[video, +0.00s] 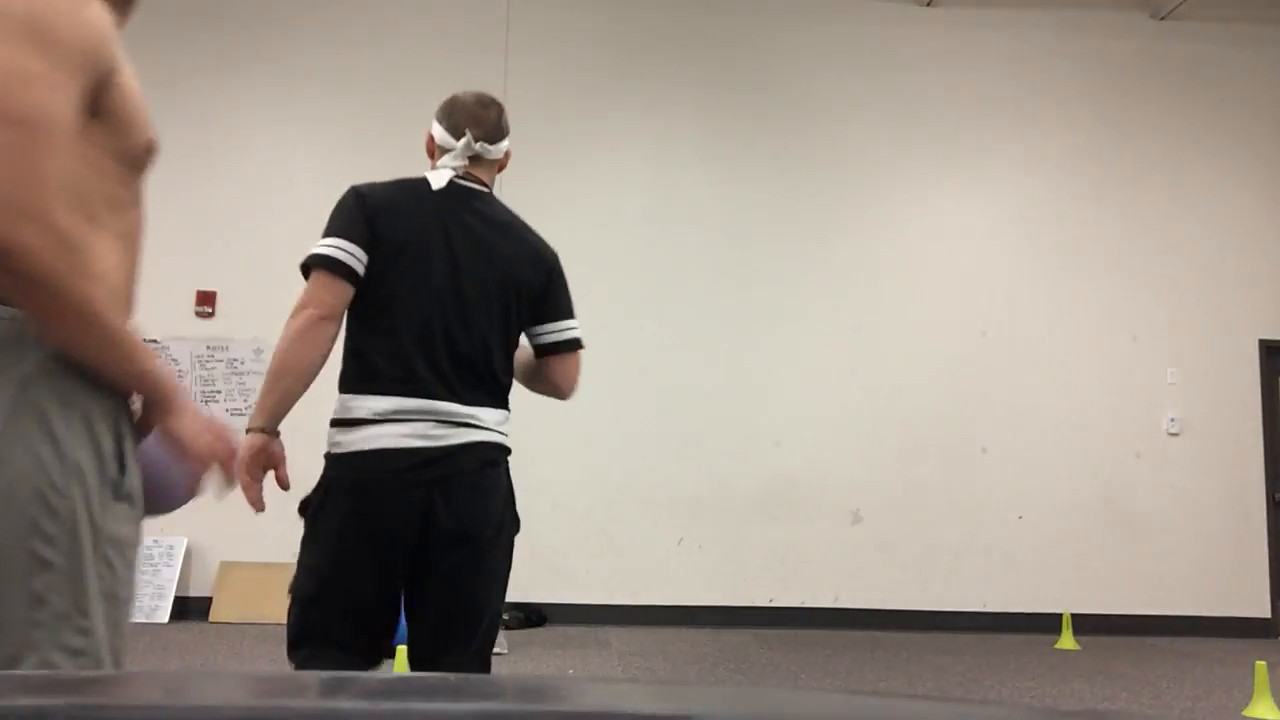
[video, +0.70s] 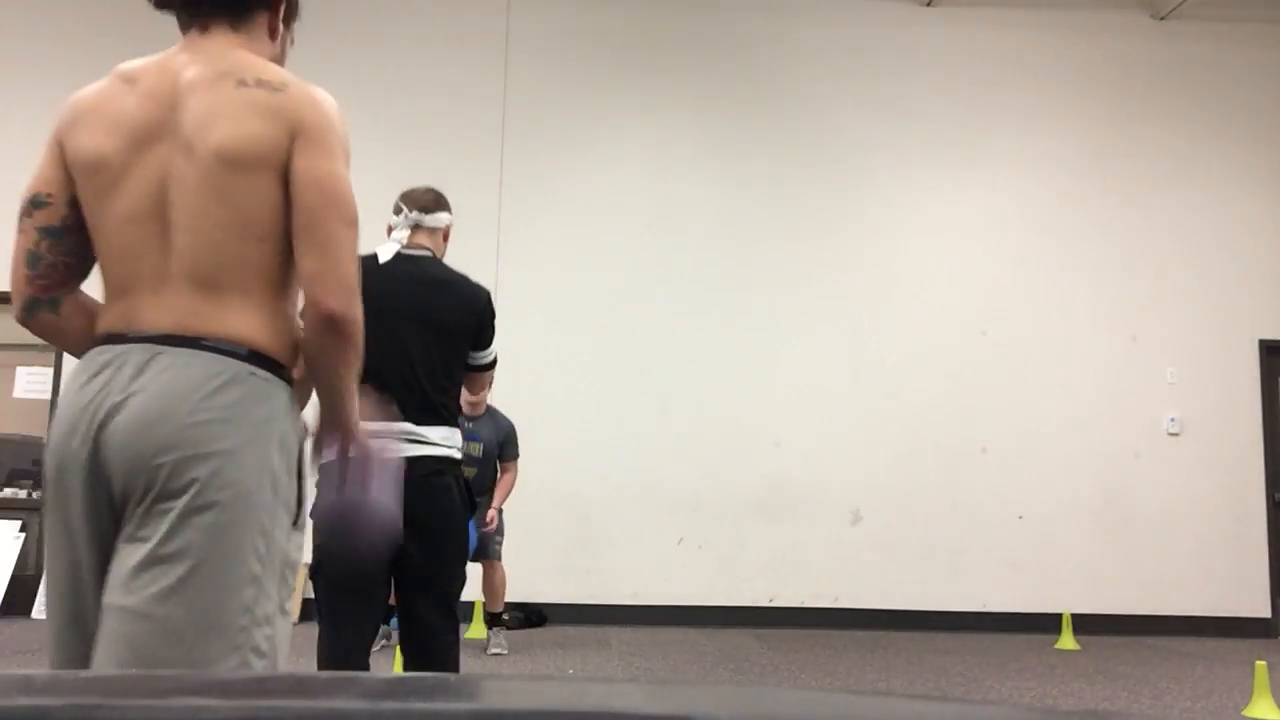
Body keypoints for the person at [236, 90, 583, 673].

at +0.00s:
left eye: (427, 142)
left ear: (428, 146)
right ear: (504, 162)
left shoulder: (370, 205)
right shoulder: (530, 249)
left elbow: (319, 313)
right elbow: (561, 380)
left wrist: (263, 425)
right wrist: (503, 351)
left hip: (365, 485)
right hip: (475, 490)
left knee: (329, 676)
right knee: (456, 685)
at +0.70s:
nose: (445, 240)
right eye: (448, 233)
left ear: (390, 230)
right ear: (447, 234)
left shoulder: (346, 277)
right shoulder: (471, 297)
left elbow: (304, 369)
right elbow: (476, 394)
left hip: (351, 475)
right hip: (432, 481)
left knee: (344, 636)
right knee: (432, 637)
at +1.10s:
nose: (413, 267)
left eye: (412, 260)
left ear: (411, 261)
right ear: (461, 270)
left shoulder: (374, 301)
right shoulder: (481, 326)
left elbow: (343, 373)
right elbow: (469, 398)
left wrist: (344, 433)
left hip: (368, 462)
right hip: (439, 471)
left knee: (348, 595)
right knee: (428, 616)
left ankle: (338, 715)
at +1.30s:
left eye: (414, 274)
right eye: (443, 281)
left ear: (403, 275)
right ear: (445, 281)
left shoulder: (375, 322)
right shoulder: (466, 334)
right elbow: (471, 404)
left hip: (377, 473)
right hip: (436, 475)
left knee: (377, 592)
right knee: (430, 599)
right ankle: (424, 700)